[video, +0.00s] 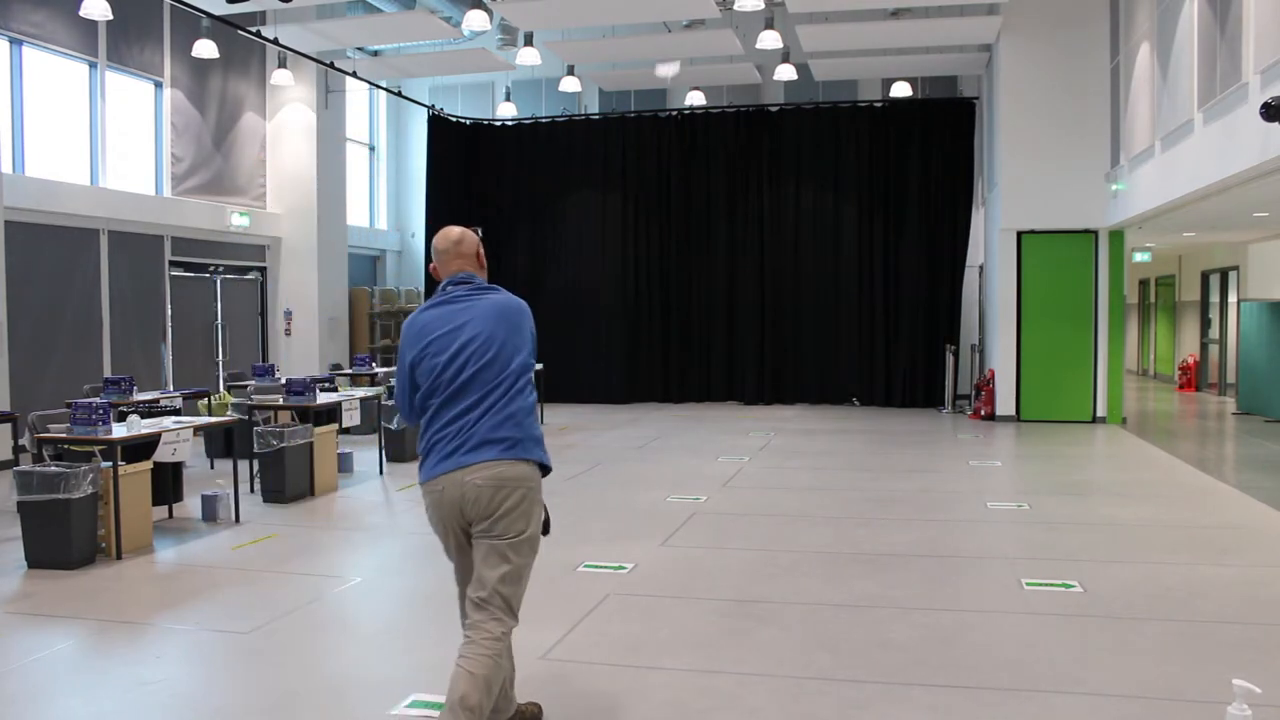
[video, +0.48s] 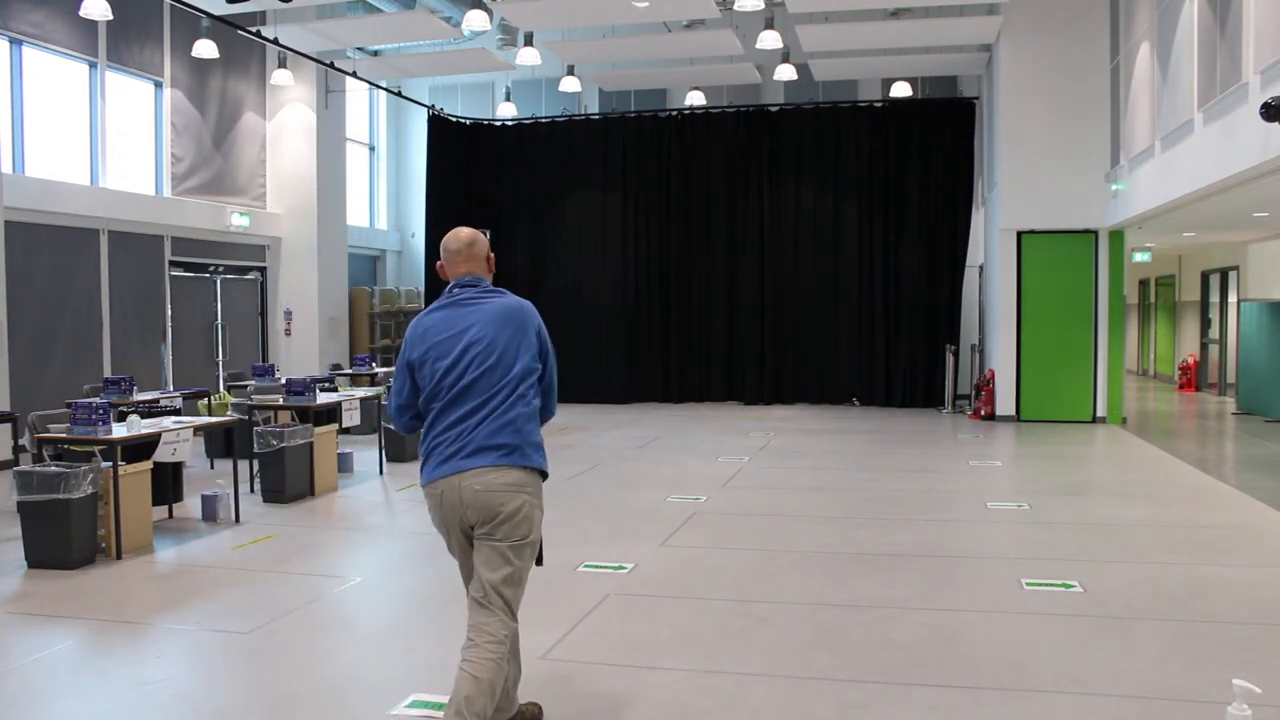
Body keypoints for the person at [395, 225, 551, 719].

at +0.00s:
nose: (485, 257)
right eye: (483, 250)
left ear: (435, 270)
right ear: (483, 261)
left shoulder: (416, 324)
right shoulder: (516, 310)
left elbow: (408, 408)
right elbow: (517, 379)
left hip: (441, 481)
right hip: (508, 473)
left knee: (479, 604)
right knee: (491, 616)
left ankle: (502, 709)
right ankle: (460, 716)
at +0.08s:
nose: (486, 260)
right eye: (485, 253)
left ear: (437, 272)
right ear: (486, 262)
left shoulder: (420, 326)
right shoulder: (520, 311)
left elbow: (409, 410)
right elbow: (522, 381)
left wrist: (431, 436)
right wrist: (434, 437)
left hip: (446, 479)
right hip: (513, 471)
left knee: (482, 599)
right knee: (495, 611)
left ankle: (503, 708)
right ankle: (462, 716)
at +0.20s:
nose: (490, 259)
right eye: (488, 253)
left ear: (440, 271)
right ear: (488, 261)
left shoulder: (423, 327)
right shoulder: (524, 312)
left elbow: (407, 413)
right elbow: (540, 391)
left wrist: (453, 409)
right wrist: (499, 412)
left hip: (448, 480)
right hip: (515, 472)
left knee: (489, 600)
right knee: (495, 610)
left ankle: (504, 708)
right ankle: (462, 716)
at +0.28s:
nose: (492, 260)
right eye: (490, 254)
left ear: (442, 271)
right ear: (490, 262)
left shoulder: (423, 327)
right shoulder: (525, 312)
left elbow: (406, 413)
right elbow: (544, 401)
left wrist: (453, 406)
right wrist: (498, 407)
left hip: (448, 483)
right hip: (515, 476)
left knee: (490, 599)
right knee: (494, 611)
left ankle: (503, 708)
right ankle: (462, 717)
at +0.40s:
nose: (492, 262)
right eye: (491, 255)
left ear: (443, 270)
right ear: (491, 263)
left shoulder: (422, 327)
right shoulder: (524, 313)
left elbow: (404, 413)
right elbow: (546, 404)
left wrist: (451, 406)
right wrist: (502, 414)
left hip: (444, 484)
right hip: (511, 478)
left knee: (489, 601)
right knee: (493, 612)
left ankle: (504, 708)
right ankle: (463, 717)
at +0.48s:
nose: (492, 262)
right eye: (490, 256)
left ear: (441, 270)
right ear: (491, 263)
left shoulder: (420, 327)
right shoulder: (523, 313)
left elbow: (403, 415)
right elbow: (545, 404)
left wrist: (450, 408)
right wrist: (502, 416)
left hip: (443, 485)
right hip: (509, 480)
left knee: (488, 601)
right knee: (492, 614)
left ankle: (503, 708)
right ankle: (463, 717)